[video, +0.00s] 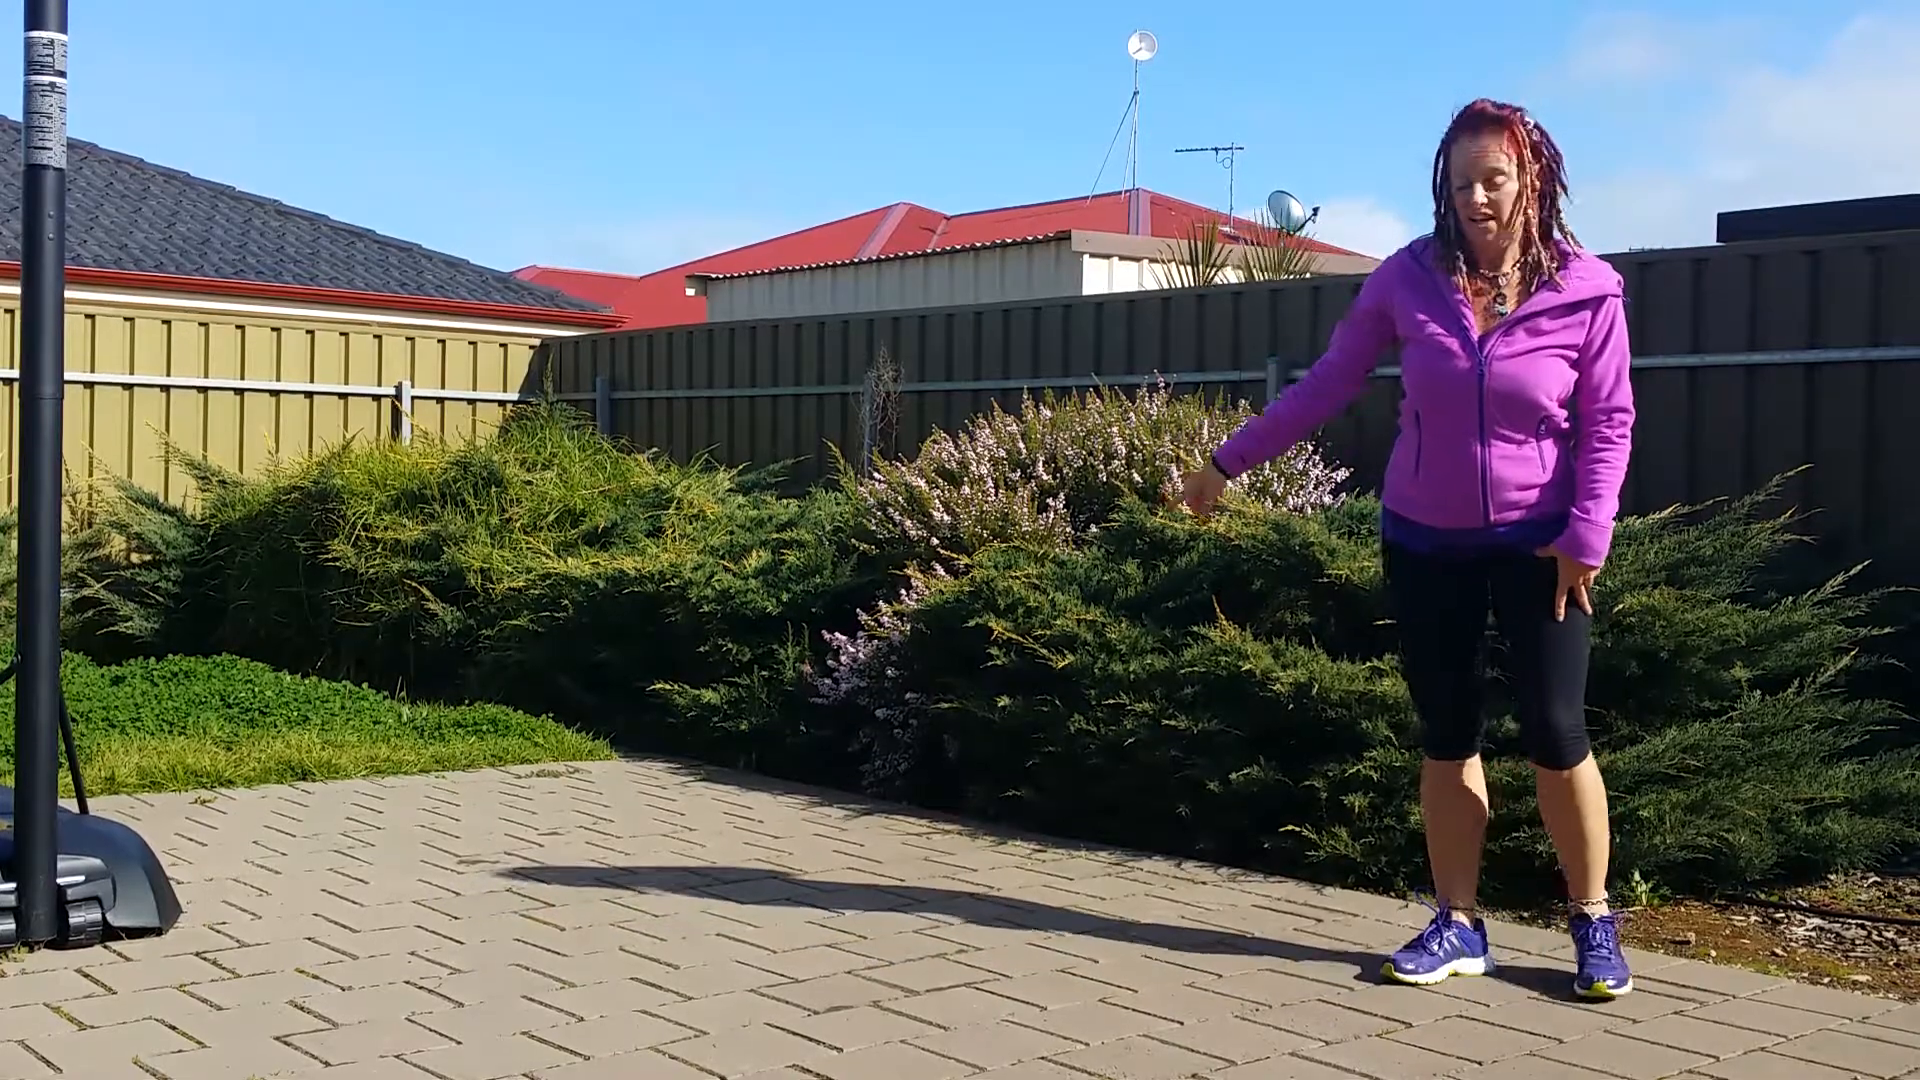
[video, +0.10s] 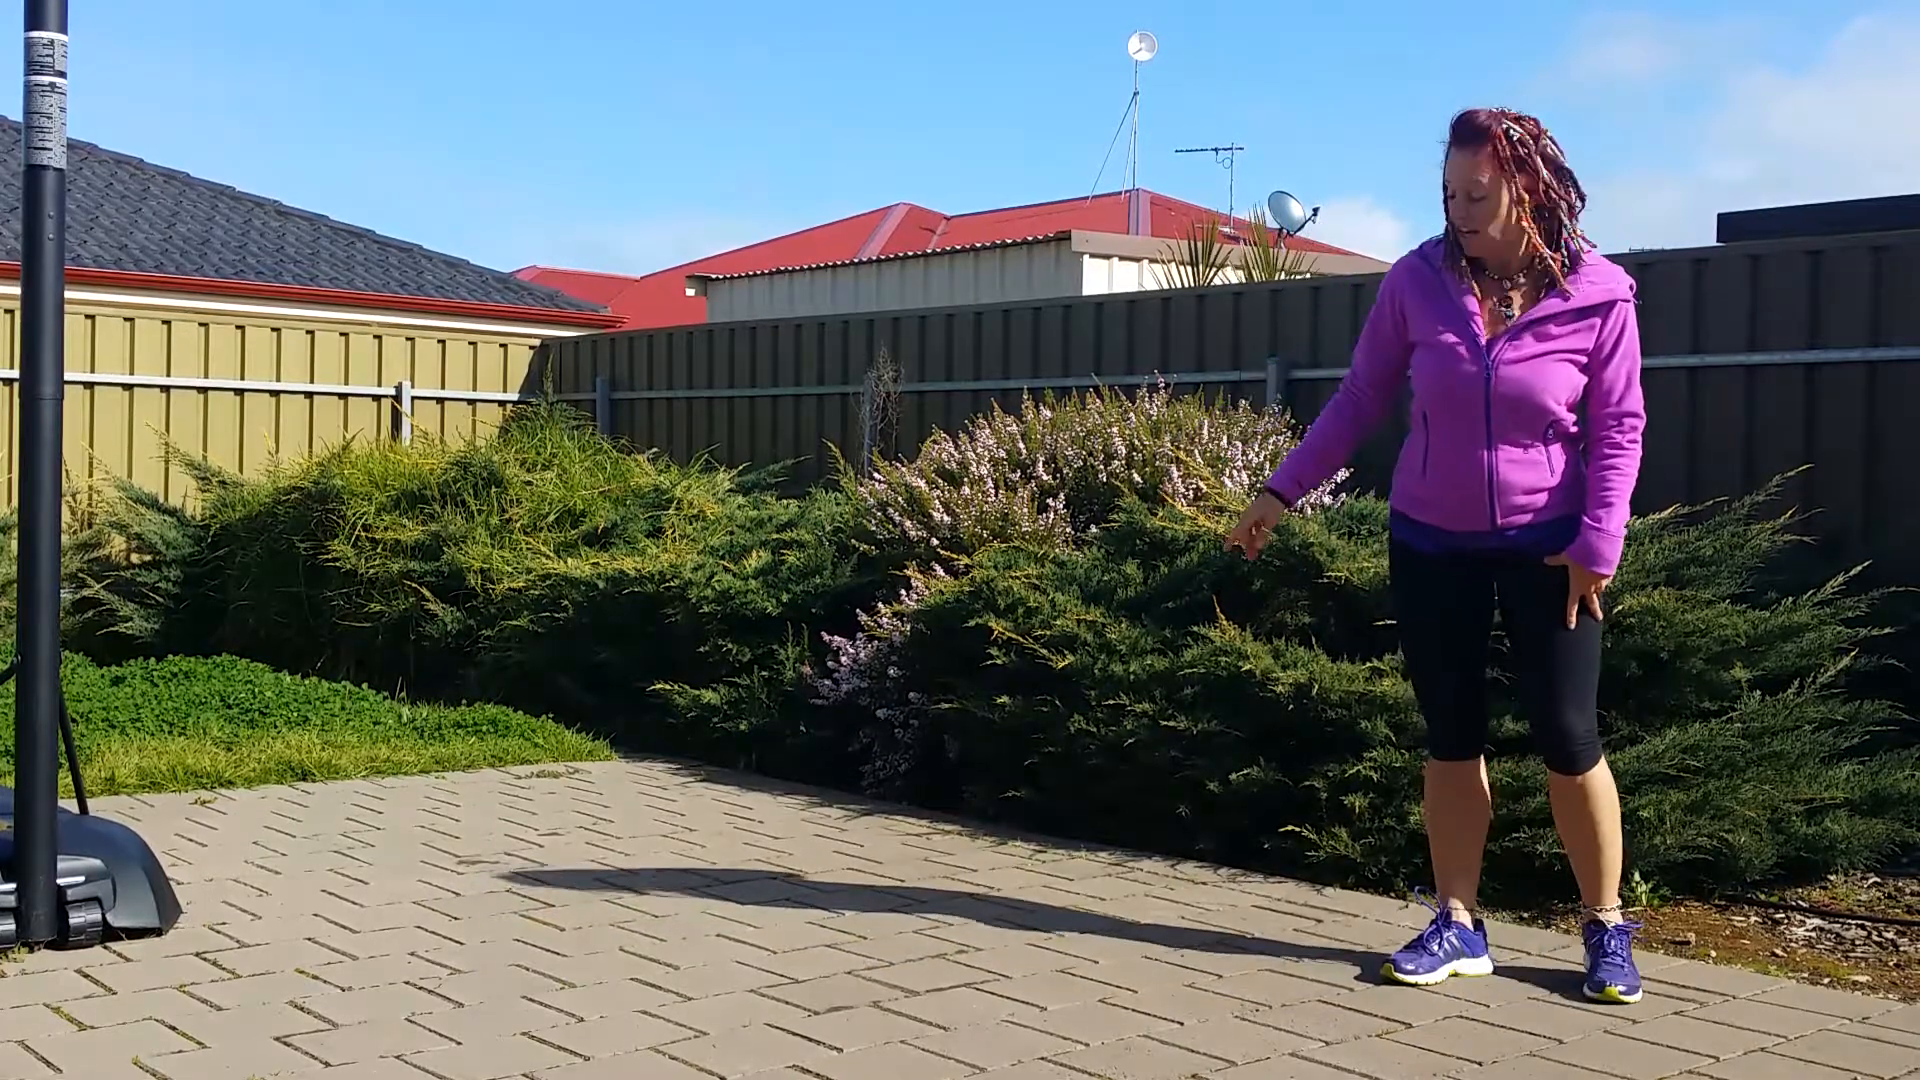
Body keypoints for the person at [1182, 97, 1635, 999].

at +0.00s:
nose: (1478, 198)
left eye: (1496, 179)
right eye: (1462, 182)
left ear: (1532, 183)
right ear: (1444, 186)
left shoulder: (1588, 286)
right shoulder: (1405, 278)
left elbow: (1608, 422)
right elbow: (1327, 383)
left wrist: (1587, 533)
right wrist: (1225, 461)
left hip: (1543, 539)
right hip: (1426, 540)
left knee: (1556, 735)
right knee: (1448, 736)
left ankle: (1594, 922)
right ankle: (1458, 922)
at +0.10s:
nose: (1457, 212)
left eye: (1475, 198)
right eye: (1450, 194)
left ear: (1529, 192)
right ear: (1444, 187)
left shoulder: (1598, 290)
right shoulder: (1417, 279)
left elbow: (1619, 427)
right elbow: (1359, 399)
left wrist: (1600, 537)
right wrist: (1280, 492)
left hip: (1551, 540)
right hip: (1431, 541)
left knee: (1569, 740)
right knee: (1450, 736)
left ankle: (1608, 931)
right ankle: (1457, 924)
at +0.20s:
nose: (1450, 217)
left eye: (1465, 204)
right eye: (1450, 201)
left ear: (1523, 206)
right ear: (1479, 203)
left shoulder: (1614, 296)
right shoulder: (1431, 286)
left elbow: (1636, 431)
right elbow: (1395, 408)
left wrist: (1615, 543)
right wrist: (1358, 519)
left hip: (1564, 548)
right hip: (1444, 545)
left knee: (1577, 744)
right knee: (1453, 734)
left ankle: (1605, 935)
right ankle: (1456, 924)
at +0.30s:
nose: (1450, 229)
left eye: (1464, 215)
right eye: (1448, 213)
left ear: (1523, 213)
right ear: (1458, 210)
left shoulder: (1622, 301)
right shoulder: (1440, 295)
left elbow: (1658, 436)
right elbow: (1415, 419)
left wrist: (1644, 548)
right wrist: (1395, 528)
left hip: (1576, 546)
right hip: (1456, 541)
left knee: (1582, 743)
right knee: (1439, 721)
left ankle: (1605, 934)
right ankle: (1444, 914)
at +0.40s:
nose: (1443, 242)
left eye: (1456, 227)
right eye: (1441, 226)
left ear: (1516, 221)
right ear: (1474, 220)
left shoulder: (1622, 302)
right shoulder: (1437, 301)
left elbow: (1671, 426)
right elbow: (1414, 423)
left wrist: (1671, 548)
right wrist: (1394, 530)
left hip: (1581, 542)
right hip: (1463, 535)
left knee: (1587, 742)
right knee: (1409, 705)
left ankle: (1605, 934)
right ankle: (1376, 902)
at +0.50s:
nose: (1431, 259)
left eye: (1441, 242)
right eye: (1429, 242)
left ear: (1498, 238)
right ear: (1456, 237)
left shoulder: (1614, 317)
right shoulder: (1431, 317)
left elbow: (1671, 435)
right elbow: (1407, 436)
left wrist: (1681, 554)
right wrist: (1379, 541)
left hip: (1576, 556)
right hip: (1456, 544)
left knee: (1586, 749)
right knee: (1370, 704)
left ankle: (1605, 938)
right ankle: (1274, 868)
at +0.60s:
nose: (1408, 299)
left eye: (1422, 281)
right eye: (1405, 280)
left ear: (1480, 274)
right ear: (1425, 271)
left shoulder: (1591, 345)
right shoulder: (1412, 350)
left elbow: (1656, 460)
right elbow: (1390, 461)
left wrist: (1675, 579)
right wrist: (1351, 557)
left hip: (1559, 576)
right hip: (1442, 562)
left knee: (1575, 760)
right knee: (1326, 690)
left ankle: (1604, 935)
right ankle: (1200, 842)